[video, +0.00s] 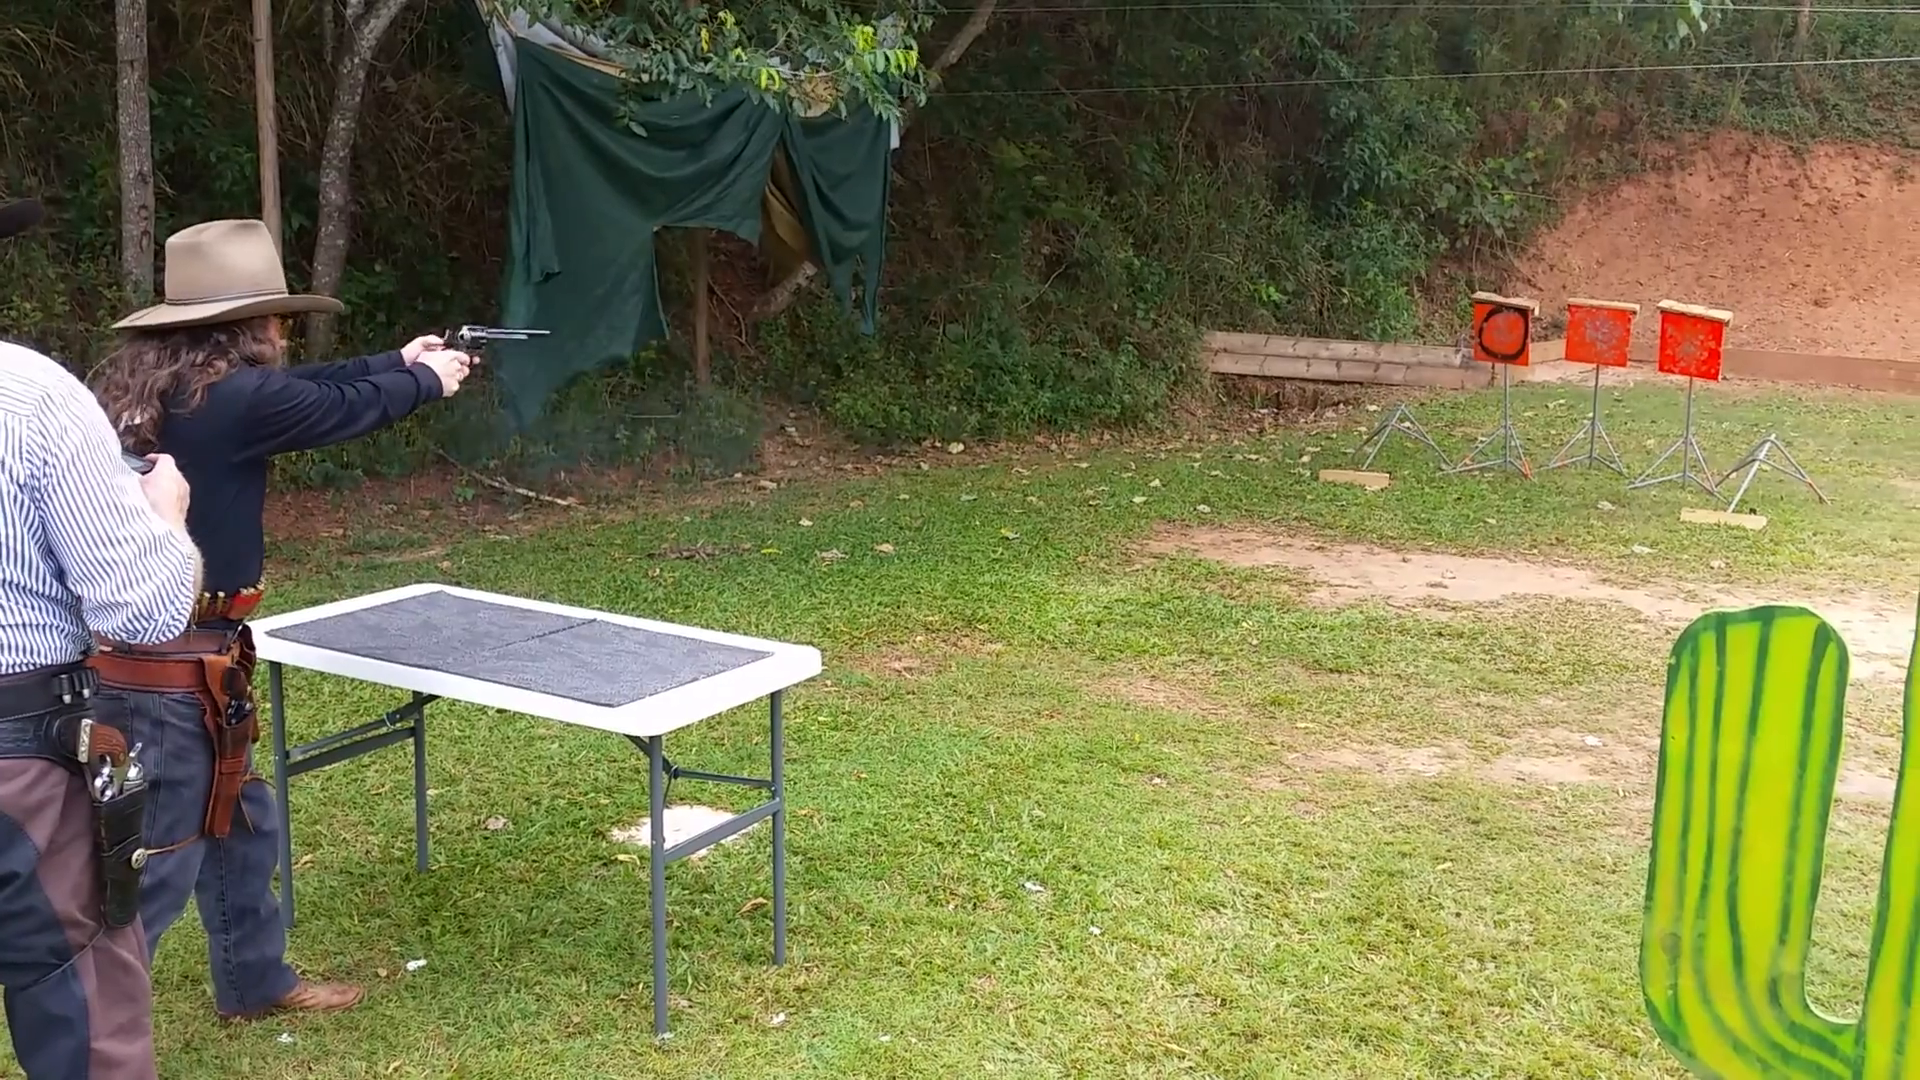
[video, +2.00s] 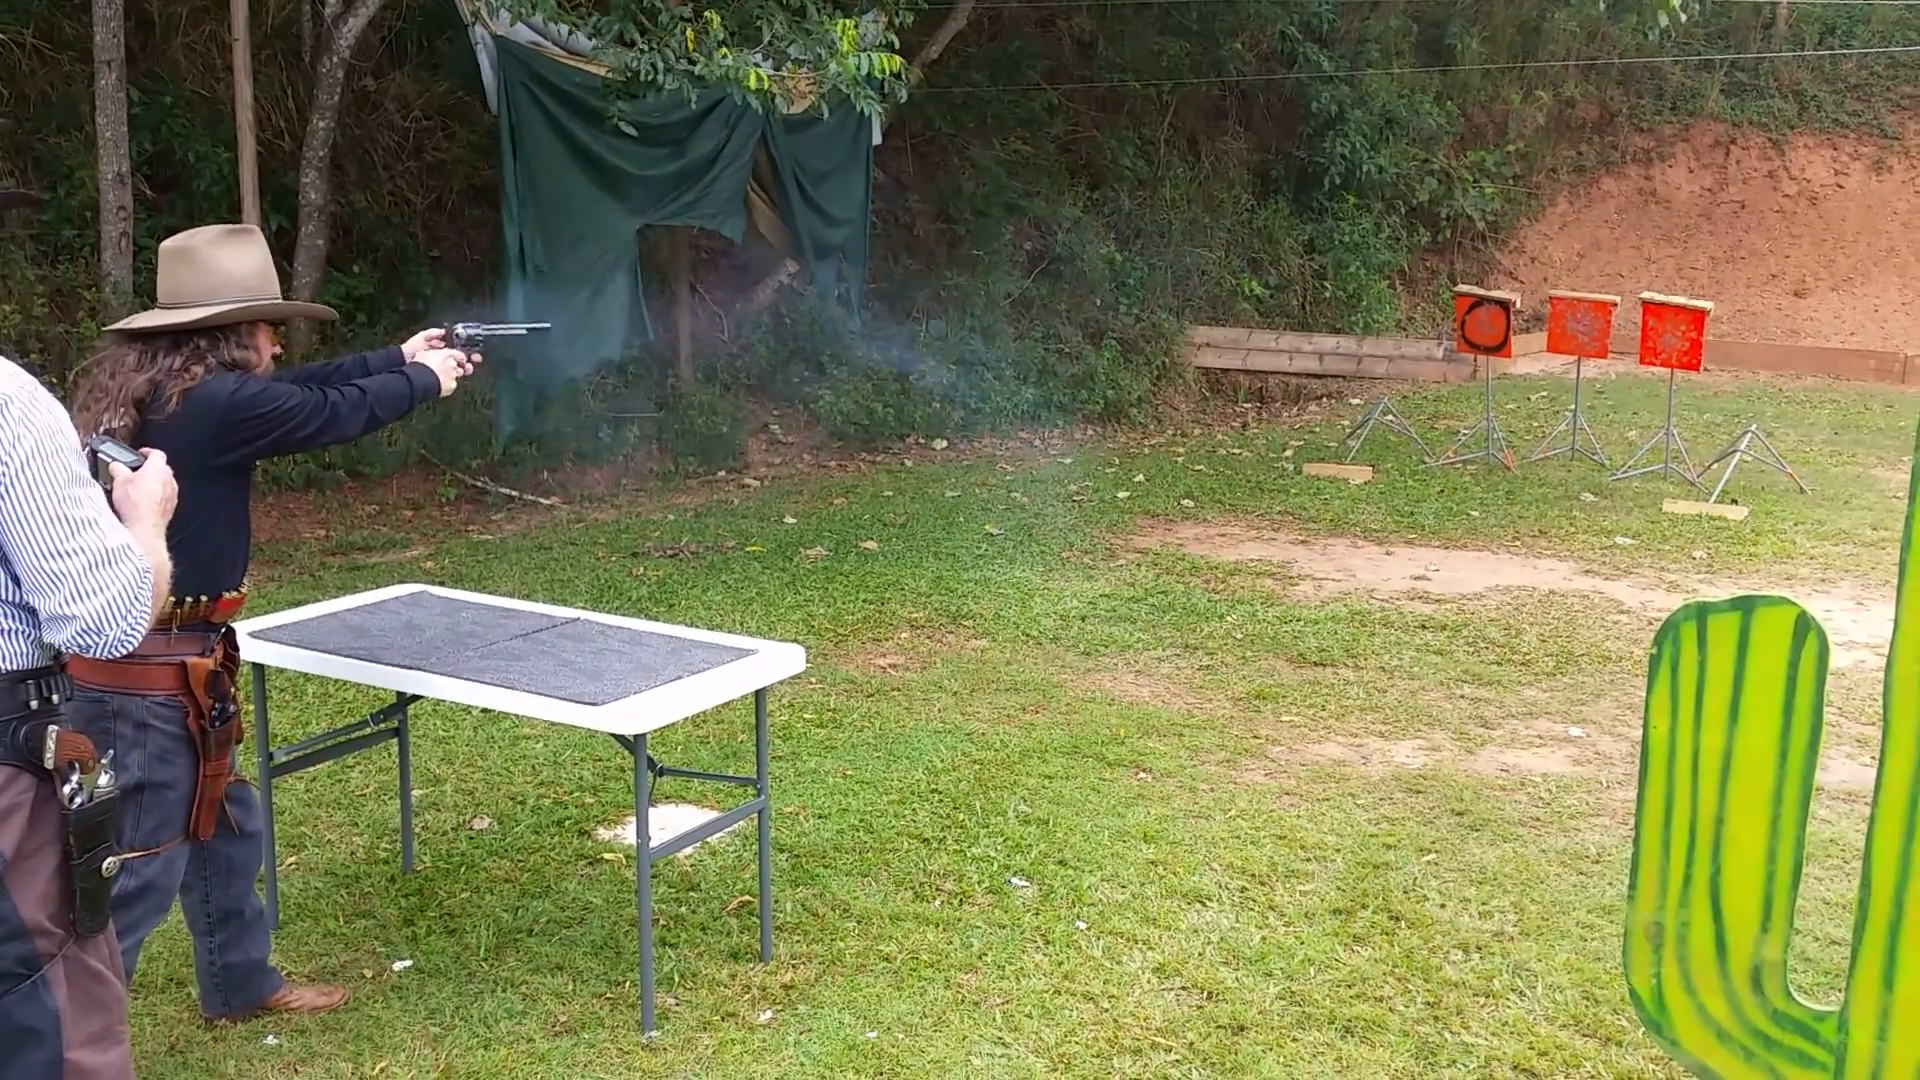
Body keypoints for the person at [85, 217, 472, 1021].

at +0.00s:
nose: (283, 335)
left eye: (280, 321)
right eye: (274, 321)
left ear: (193, 324)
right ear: (242, 325)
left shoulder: (146, 386)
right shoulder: (233, 398)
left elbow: (303, 391)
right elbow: (341, 410)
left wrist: (394, 363)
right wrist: (427, 382)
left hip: (132, 651)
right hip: (174, 665)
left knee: (245, 820)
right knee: (158, 863)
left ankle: (256, 985)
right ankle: (87, 1021)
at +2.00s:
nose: (276, 344)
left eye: (274, 329)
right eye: (267, 328)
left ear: (191, 330)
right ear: (231, 332)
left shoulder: (146, 388)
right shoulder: (214, 403)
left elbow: (298, 390)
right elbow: (334, 414)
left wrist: (400, 359)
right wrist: (427, 380)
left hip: (123, 659)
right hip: (149, 672)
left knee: (230, 823)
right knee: (140, 871)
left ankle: (240, 986)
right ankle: (66, 1031)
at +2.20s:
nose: (264, 366)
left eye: (268, 352)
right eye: (264, 350)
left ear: (189, 321)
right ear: (235, 339)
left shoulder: (138, 378)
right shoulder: (188, 398)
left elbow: (219, 449)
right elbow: (300, 484)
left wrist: (301, 436)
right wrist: (376, 446)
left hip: (185, 653)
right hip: (155, 666)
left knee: (235, 819)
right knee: (149, 855)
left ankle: (240, 985)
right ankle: (76, 1012)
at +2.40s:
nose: (250, 399)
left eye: (257, 386)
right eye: (254, 382)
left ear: (192, 341)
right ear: (228, 363)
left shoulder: (125, 377)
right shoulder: (143, 387)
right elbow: (202, 465)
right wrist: (279, 507)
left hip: (193, 659)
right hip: (135, 670)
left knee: (236, 823)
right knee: (137, 862)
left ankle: (240, 988)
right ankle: (78, 1018)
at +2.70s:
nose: (213, 413)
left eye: (220, 401)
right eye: (212, 398)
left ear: (160, 363)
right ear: (177, 378)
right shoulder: (121, 438)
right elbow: (174, 559)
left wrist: (204, 534)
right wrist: (233, 622)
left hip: (178, 670)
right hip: (112, 680)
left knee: (216, 833)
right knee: (117, 869)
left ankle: (236, 987)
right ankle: (72, 1007)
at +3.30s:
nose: (224, 358)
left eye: (225, 344)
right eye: (217, 344)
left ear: (148, 338)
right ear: (177, 347)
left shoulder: (134, 404)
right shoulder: (122, 407)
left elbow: (169, 509)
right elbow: (160, 518)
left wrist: (238, 508)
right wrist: (240, 522)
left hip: (168, 667)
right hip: (120, 678)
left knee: (213, 836)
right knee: (131, 879)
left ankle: (236, 993)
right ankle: (63, 1032)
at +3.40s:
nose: (224, 356)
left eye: (222, 341)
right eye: (218, 341)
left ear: (133, 341)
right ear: (185, 347)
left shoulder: (103, 411)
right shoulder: (155, 420)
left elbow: (205, 488)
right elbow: (255, 525)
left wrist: (275, 466)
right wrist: (313, 490)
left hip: (150, 668)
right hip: (128, 679)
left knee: (212, 830)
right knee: (130, 878)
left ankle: (237, 993)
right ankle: (70, 1034)